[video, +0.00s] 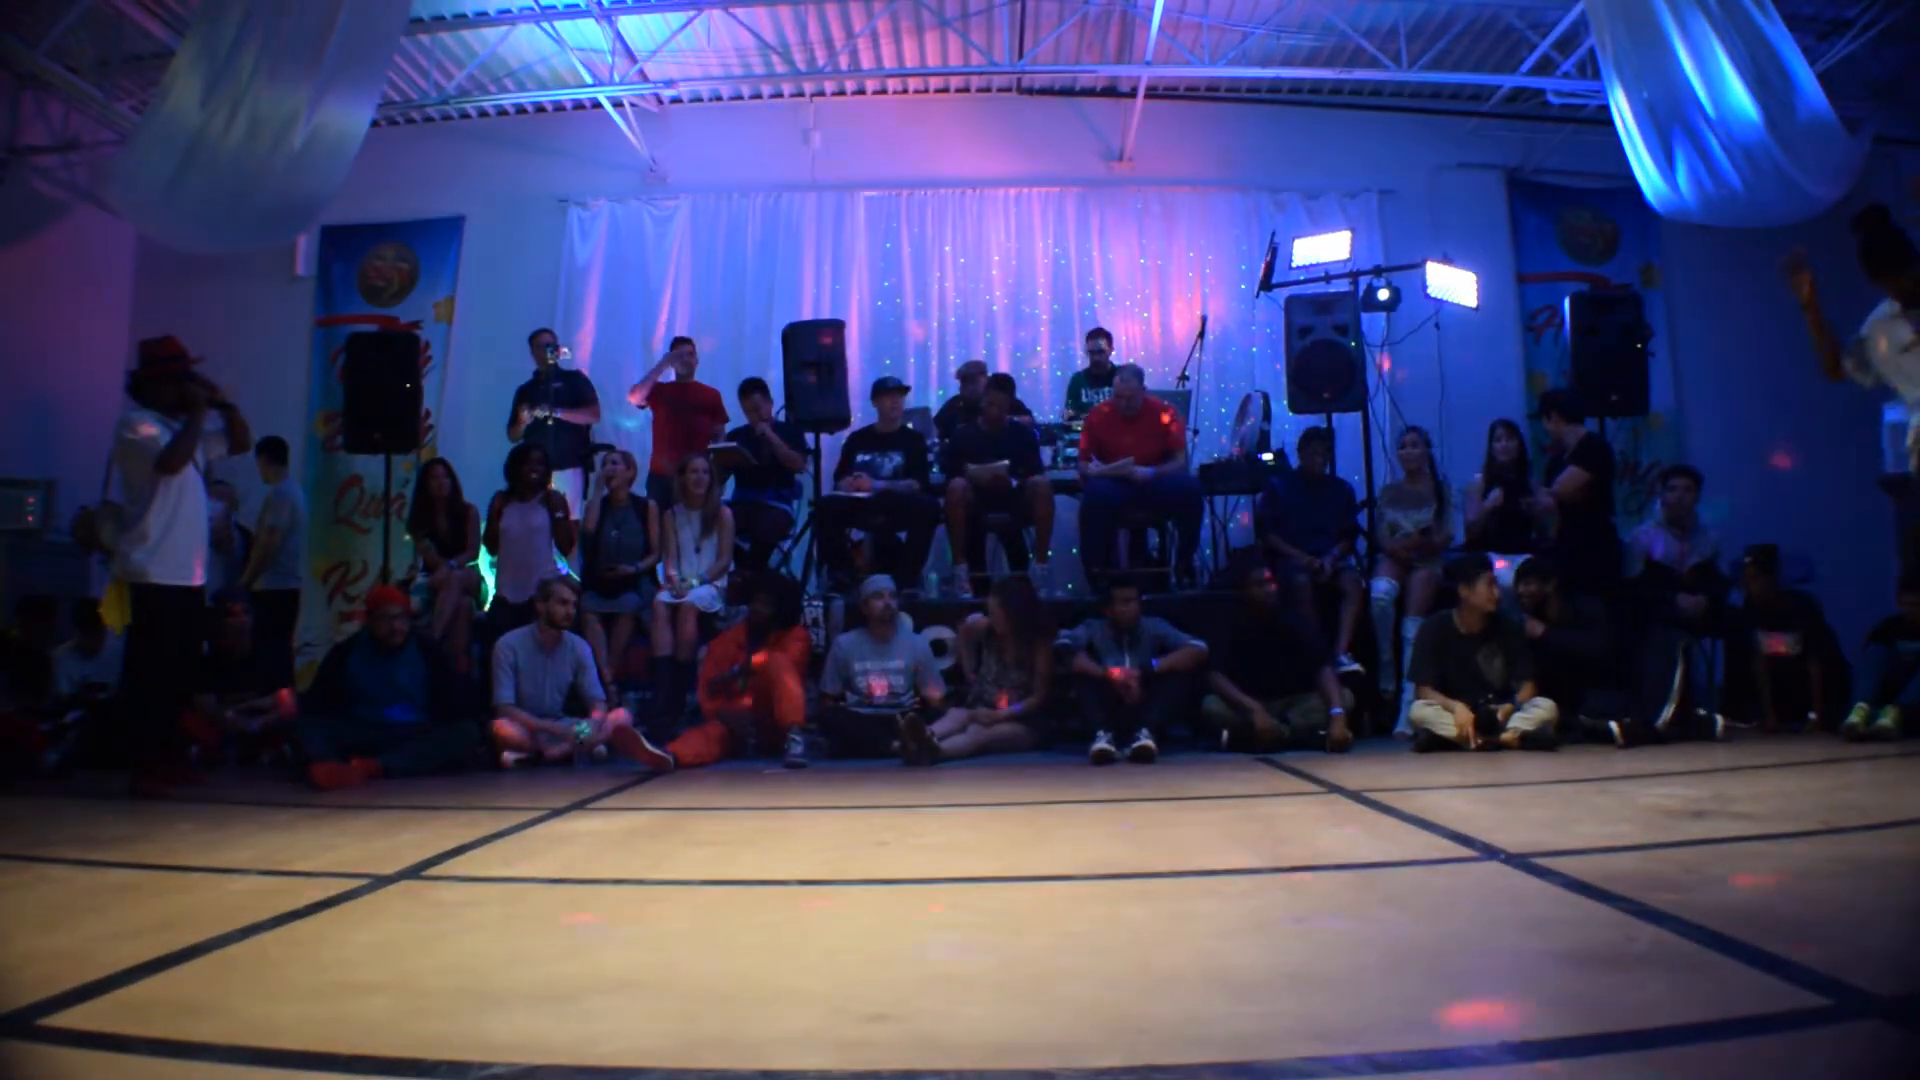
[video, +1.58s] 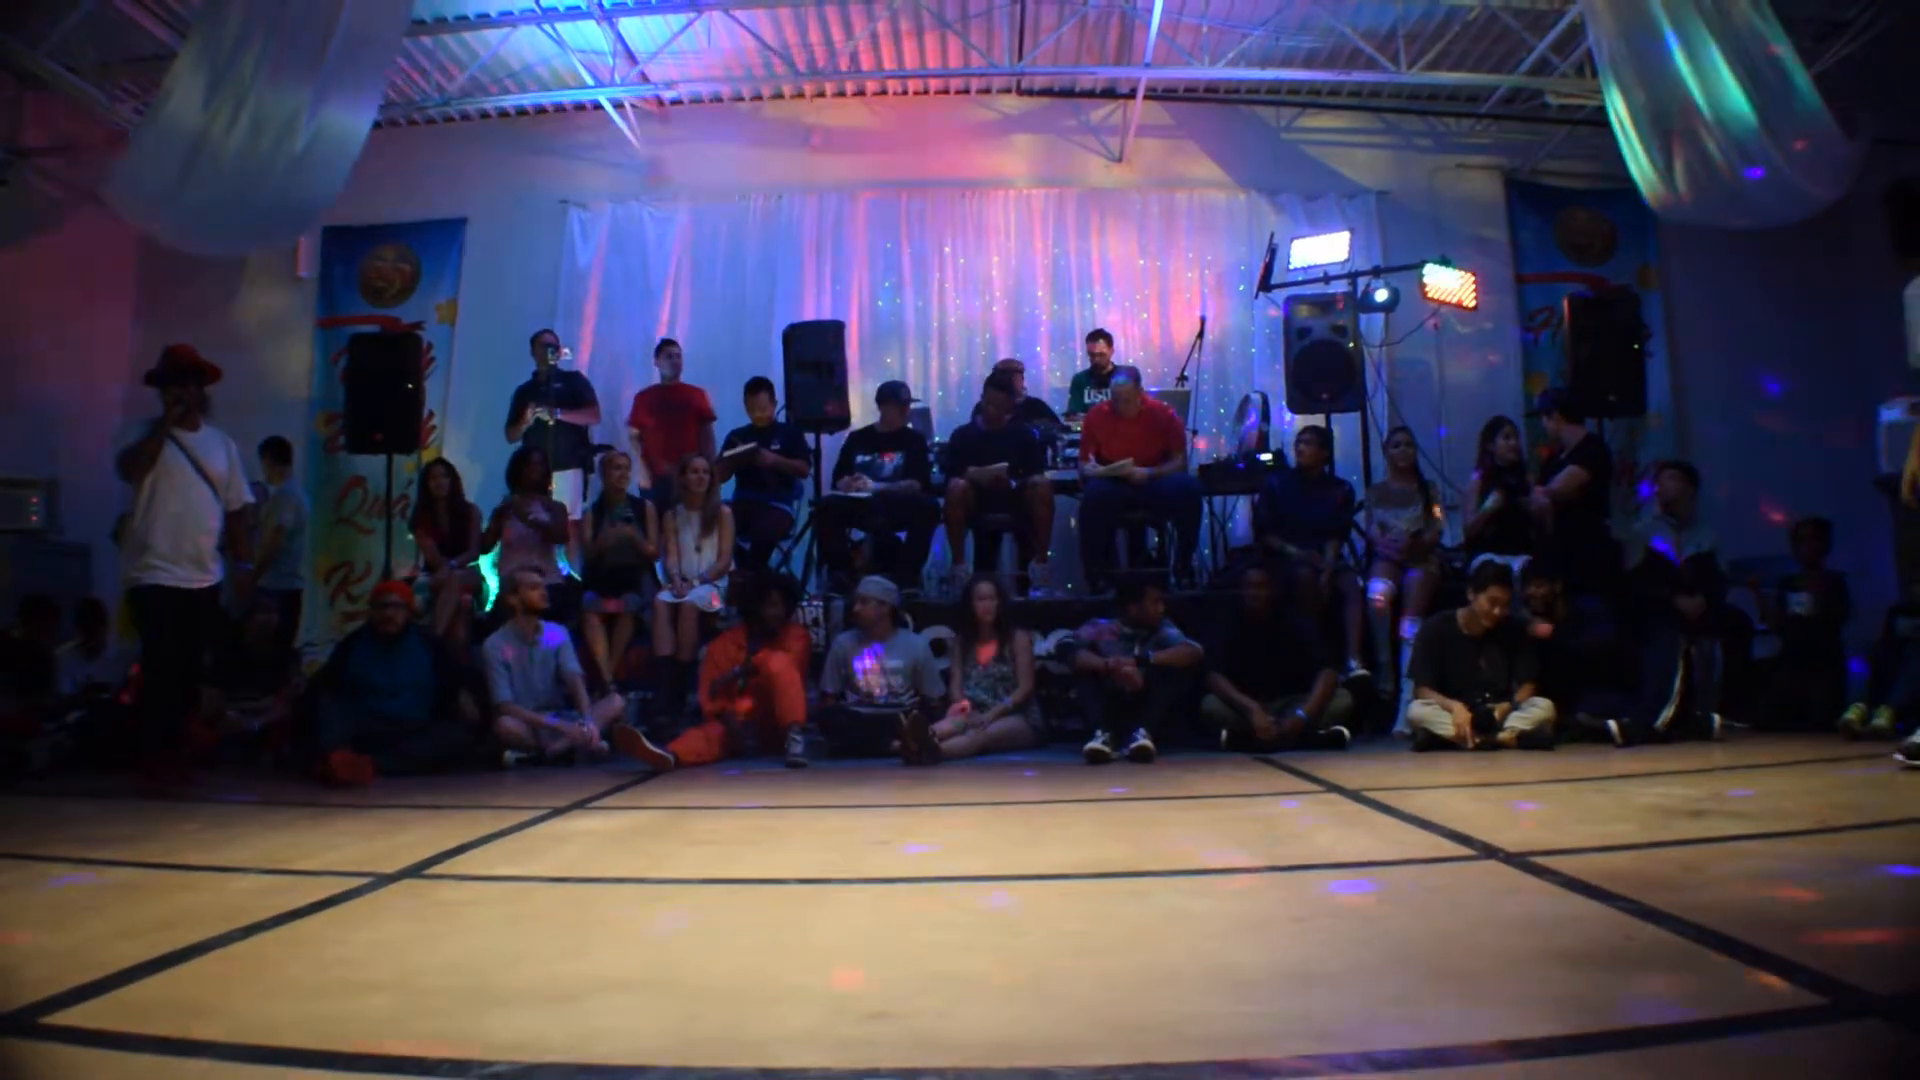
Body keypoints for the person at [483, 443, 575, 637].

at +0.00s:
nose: (534, 470)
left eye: (539, 464)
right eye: (528, 464)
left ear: (547, 470)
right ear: (515, 468)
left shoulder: (553, 500)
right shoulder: (501, 500)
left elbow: (566, 546)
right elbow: (491, 547)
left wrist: (556, 512)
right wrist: (496, 512)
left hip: (543, 592)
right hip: (507, 592)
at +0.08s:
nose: (534, 470)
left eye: (540, 465)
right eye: (528, 464)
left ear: (547, 470)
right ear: (515, 468)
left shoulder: (554, 500)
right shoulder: (501, 500)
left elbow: (566, 546)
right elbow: (491, 546)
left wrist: (557, 511)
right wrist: (496, 513)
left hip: (544, 593)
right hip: (508, 593)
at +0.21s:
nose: (534, 470)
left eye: (539, 464)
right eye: (528, 464)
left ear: (546, 470)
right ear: (515, 468)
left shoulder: (553, 501)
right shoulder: (501, 501)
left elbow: (564, 548)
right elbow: (491, 543)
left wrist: (557, 512)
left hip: (543, 591)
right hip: (508, 590)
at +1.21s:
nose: (534, 469)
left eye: (539, 463)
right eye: (527, 463)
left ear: (546, 469)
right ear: (515, 468)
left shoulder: (551, 503)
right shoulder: (498, 505)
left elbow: (561, 549)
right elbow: (489, 547)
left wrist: (555, 513)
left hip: (546, 582)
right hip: (509, 583)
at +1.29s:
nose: (534, 469)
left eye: (539, 464)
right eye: (527, 464)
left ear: (546, 469)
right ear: (515, 468)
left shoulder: (551, 503)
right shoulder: (497, 507)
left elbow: (562, 549)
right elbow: (487, 550)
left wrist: (555, 516)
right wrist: (495, 516)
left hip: (548, 584)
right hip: (509, 587)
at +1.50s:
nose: (535, 470)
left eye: (540, 465)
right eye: (529, 465)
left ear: (547, 470)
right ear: (518, 469)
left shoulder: (555, 506)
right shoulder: (505, 501)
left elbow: (564, 543)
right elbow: (486, 547)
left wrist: (546, 517)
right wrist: (500, 512)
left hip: (548, 581)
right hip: (512, 582)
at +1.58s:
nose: (536, 471)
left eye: (541, 466)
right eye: (530, 466)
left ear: (547, 471)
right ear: (518, 470)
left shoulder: (555, 507)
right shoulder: (506, 507)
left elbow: (561, 537)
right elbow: (485, 546)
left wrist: (527, 520)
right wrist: (502, 516)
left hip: (547, 575)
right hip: (513, 576)